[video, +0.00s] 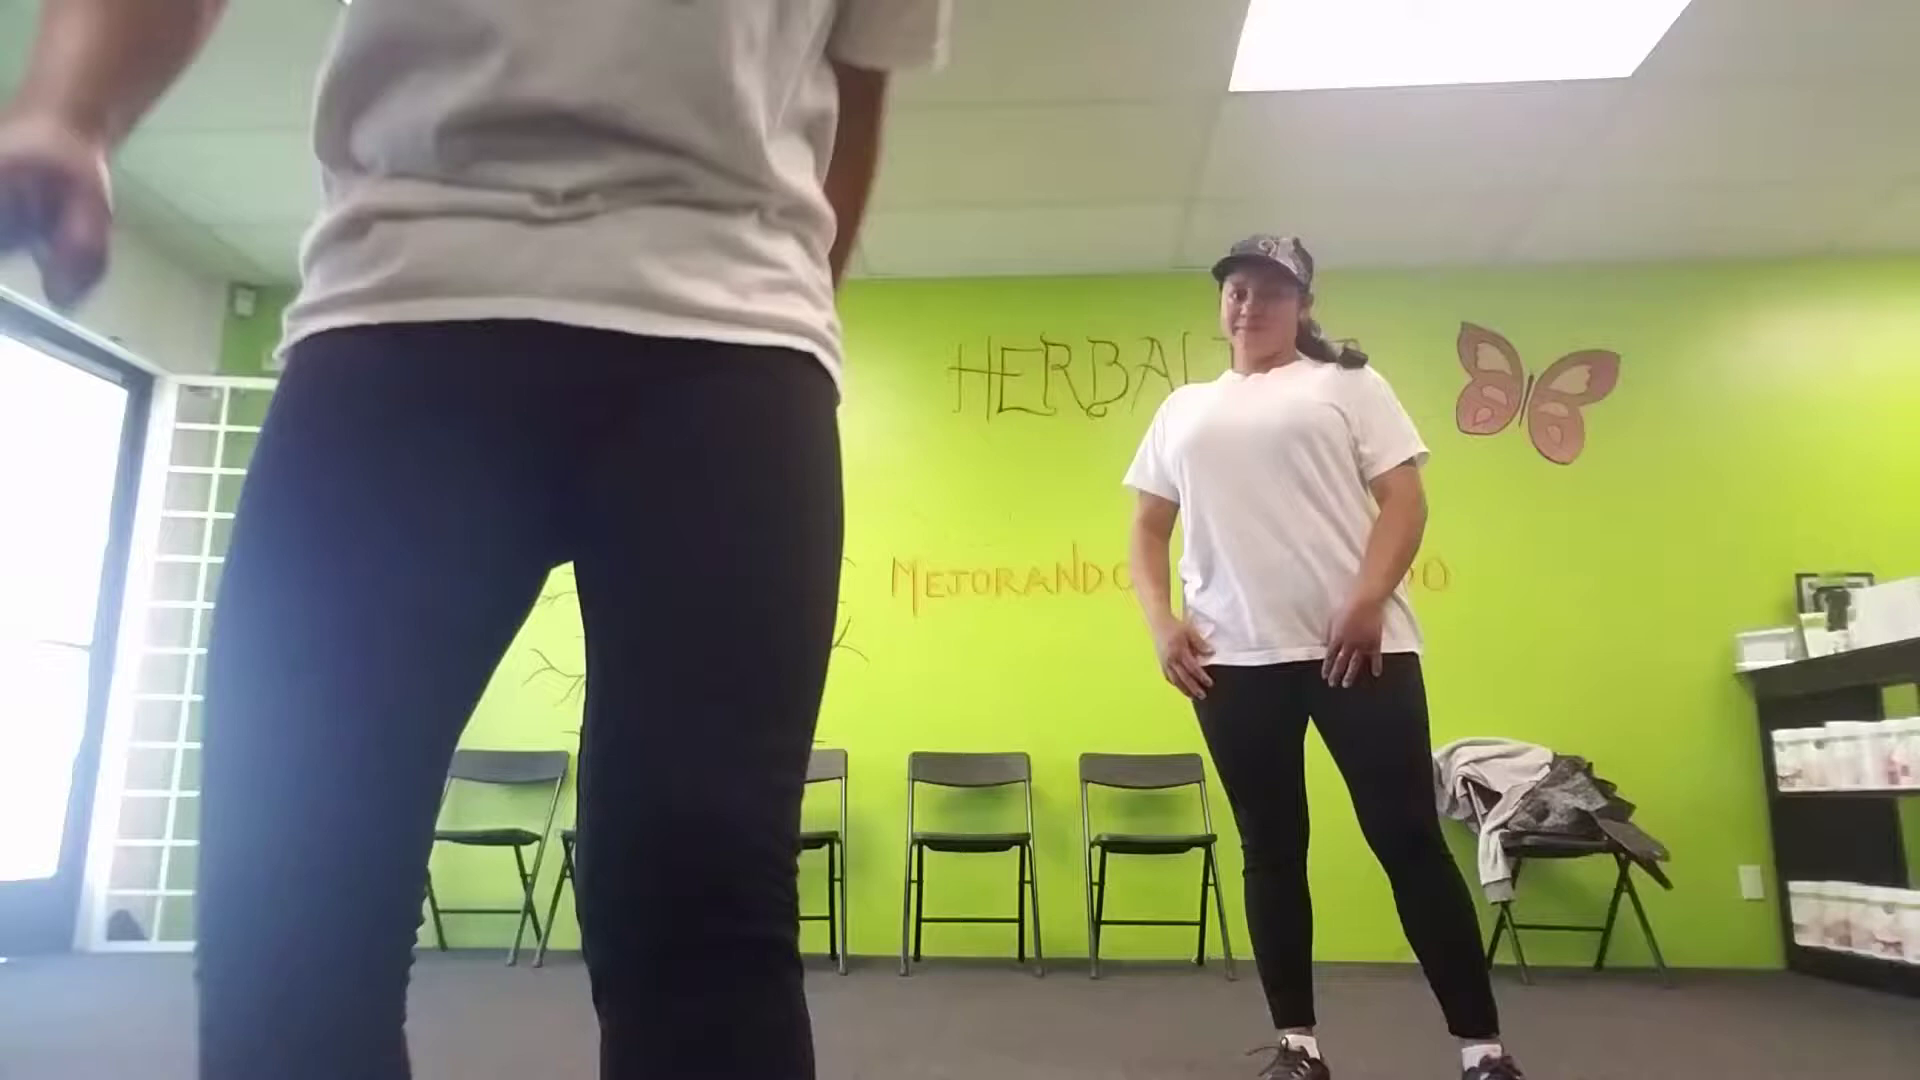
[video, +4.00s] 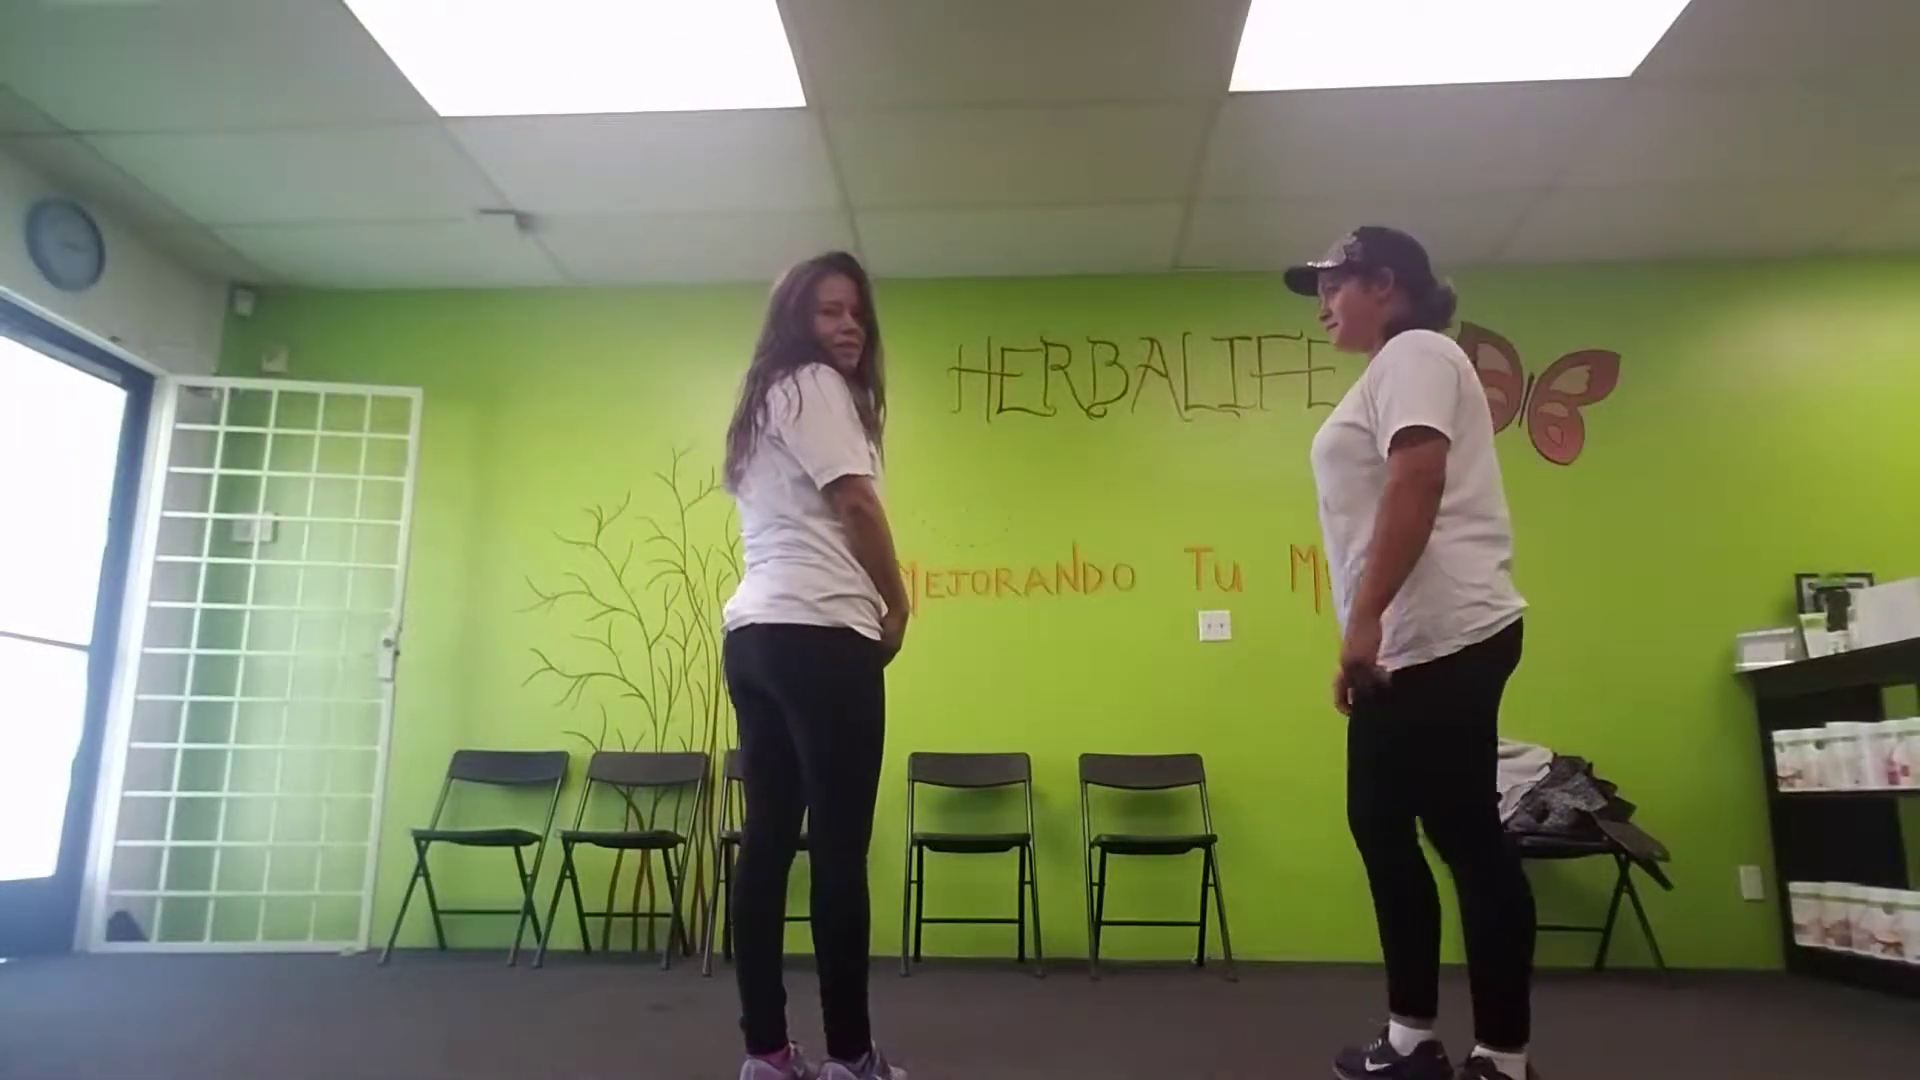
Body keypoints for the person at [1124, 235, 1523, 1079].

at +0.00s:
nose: (1249, 302)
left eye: (1270, 291)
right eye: (1237, 289)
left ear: (1302, 307)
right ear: (1220, 305)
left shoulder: (1349, 386)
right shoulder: (1184, 409)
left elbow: (1406, 502)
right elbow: (1149, 529)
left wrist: (1369, 599)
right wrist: (1161, 621)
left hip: (1359, 654)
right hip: (1238, 669)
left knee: (1410, 843)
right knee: (1271, 854)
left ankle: (1482, 1050)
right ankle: (1297, 1043)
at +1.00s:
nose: (1349, 283)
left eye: (1367, 264)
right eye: (1339, 273)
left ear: (1418, 265)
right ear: (1335, 287)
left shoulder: (1483, 348)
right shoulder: (1320, 393)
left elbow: (1536, 464)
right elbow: (1300, 517)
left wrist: (1475, 584)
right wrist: (1294, 610)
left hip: (1475, 641)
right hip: (1350, 656)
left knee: (1483, 845)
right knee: (1331, 847)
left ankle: (1518, 1060)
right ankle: (1308, 1044)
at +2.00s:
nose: (1227, 317)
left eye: (1242, 300)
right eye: (1221, 306)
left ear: (1292, 302)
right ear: (1222, 320)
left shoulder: (1373, 388)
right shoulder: (1207, 421)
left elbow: (1429, 504)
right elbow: (1181, 537)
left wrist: (1418, 604)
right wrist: (1179, 630)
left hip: (1371, 657)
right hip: (1254, 672)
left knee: (1402, 837)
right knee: (1283, 847)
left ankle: (1485, 1045)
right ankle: (1298, 1038)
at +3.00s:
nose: (1347, 301)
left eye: (1360, 283)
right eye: (1346, 289)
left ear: (1412, 283)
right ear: (1392, 291)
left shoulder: (1473, 355)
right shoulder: (1380, 399)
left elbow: (1505, 479)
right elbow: (1362, 542)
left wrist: (1462, 606)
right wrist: (1337, 652)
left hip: (1474, 650)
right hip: (1374, 662)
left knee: (1496, 848)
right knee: (1341, 839)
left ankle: (1508, 1058)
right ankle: (1310, 1035)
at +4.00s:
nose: (1322, 304)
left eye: (1333, 287)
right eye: (1322, 290)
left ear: (1384, 287)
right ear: (1381, 292)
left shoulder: (1415, 355)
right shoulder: (1396, 369)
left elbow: (1418, 484)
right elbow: (1396, 513)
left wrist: (1366, 613)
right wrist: (1358, 645)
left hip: (1446, 637)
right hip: (1402, 644)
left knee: (1468, 834)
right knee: (1380, 823)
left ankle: (1504, 1060)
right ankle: (1411, 1042)